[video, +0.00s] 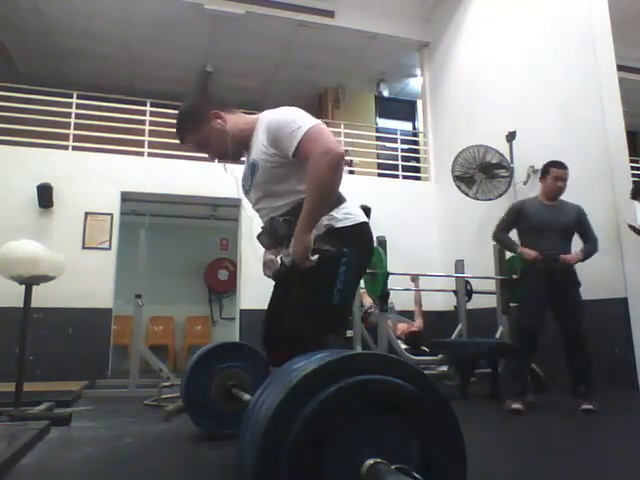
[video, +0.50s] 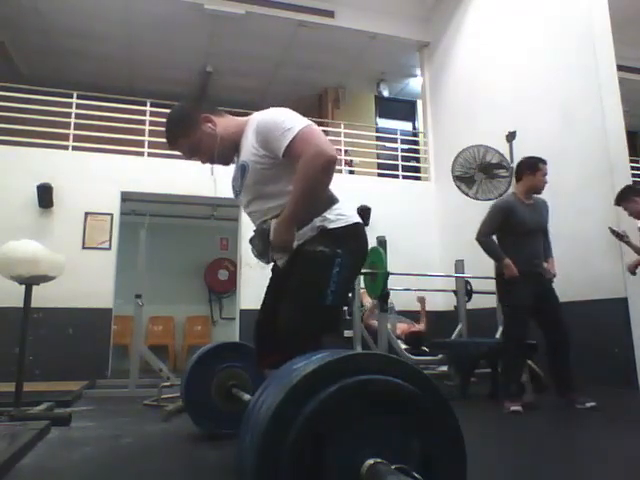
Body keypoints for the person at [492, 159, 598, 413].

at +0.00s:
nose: (560, 185)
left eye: (564, 180)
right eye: (556, 179)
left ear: (567, 183)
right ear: (543, 179)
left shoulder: (574, 212)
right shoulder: (522, 209)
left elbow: (592, 243)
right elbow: (498, 234)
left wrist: (577, 256)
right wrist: (520, 250)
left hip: (564, 280)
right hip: (533, 281)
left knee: (574, 335)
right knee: (526, 335)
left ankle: (583, 396)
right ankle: (517, 395)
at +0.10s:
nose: (556, 185)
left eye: (558, 180)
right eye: (551, 179)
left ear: (560, 183)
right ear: (536, 178)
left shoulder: (564, 212)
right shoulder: (516, 208)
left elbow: (578, 243)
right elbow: (496, 237)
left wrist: (573, 257)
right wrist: (518, 256)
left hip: (557, 281)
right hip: (525, 282)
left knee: (571, 336)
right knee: (520, 340)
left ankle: (583, 396)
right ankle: (513, 397)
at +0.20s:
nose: (551, 183)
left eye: (553, 179)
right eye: (547, 178)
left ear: (551, 181)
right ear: (530, 177)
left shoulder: (555, 210)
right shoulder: (510, 207)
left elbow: (562, 240)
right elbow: (490, 236)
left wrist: (563, 257)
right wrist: (510, 259)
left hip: (548, 280)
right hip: (518, 282)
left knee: (565, 335)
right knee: (516, 339)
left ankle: (580, 394)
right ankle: (512, 396)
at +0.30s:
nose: (549, 182)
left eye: (550, 178)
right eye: (546, 177)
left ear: (538, 178)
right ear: (529, 177)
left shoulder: (548, 208)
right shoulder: (506, 206)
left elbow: (552, 238)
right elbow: (482, 234)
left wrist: (554, 258)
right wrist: (502, 258)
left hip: (543, 279)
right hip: (514, 281)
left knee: (559, 334)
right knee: (515, 339)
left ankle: (567, 393)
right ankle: (511, 397)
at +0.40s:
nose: (547, 181)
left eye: (547, 176)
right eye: (543, 176)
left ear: (534, 178)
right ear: (527, 176)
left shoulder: (543, 206)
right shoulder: (504, 206)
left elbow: (547, 236)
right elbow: (480, 236)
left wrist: (551, 258)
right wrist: (500, 260)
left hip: (540, 279)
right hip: (513, 282)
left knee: (558, 335)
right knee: (516, 339)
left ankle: (565, 395)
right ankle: (511, 398)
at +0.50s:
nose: (546, 180)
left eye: (546, 175)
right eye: (543, 175)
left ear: (532, 176)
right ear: (527, 175)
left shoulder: (541, 206)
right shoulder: (504, 206)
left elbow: (544, 234)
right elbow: (482, 236)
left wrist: (549, 258)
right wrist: (503, 261)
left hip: (539, 279)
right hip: (513, 282)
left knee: (558, 334)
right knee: (515, 339)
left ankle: (567, 393)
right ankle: (511, 398)